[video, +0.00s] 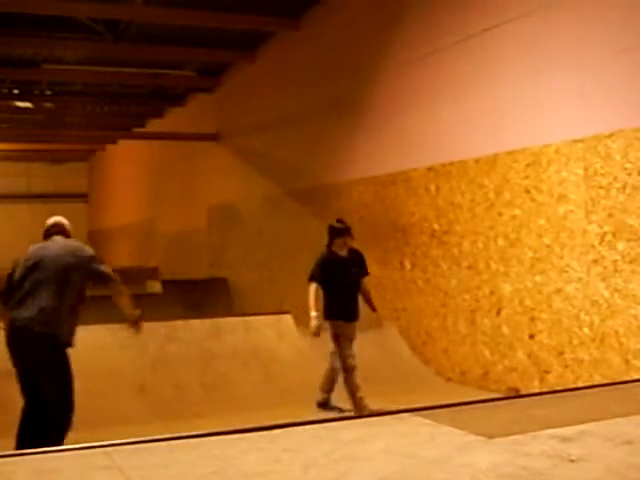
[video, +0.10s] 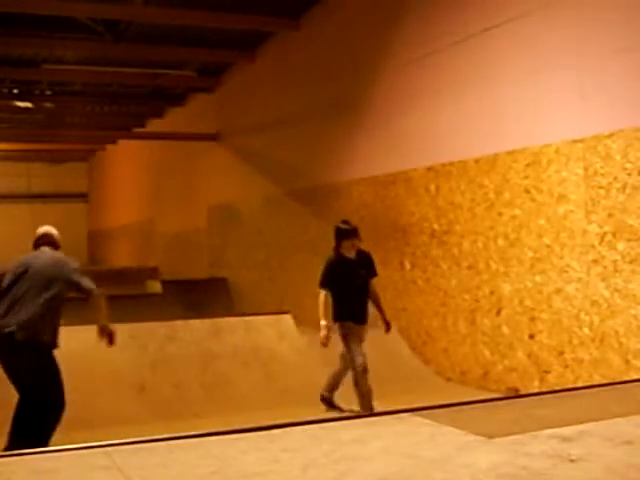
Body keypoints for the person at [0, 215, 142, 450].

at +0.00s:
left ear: (44, 236)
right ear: (69, 234)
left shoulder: (31, 253)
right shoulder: (80, 252)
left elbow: (9, 289)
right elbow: (112, 281)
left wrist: (8, 317)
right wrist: (131, 313)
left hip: (18, 333)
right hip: (49, 336)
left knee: (34, 401)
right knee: (60, 404)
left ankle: (23, 459)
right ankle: (46, 460)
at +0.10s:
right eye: (58, 244)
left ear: (34, 245)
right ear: (58, 245)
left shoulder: (20, 263)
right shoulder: (59, 262)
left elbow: (3, 290)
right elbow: (94, 292)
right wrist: (103, 323)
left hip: (6, 339)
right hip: (33, 342)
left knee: (29, 397)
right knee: (53, 401)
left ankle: (14, 455)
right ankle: (28, 457)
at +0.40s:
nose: (34, 261)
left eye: (33, 258)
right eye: (34, 258)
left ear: (14, 256)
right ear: (32, 259)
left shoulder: (3, 273)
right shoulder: (30, 283)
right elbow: (52, 311)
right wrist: (69, 328)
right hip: (9, 346)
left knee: (8, 387)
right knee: (31, 388)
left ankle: (7, 429)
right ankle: (8, 428)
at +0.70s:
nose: (26, 234)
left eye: (27, 231)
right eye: (26, 230)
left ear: (18, 226)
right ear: (20, 227)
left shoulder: (11, 241)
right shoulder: (7, 241)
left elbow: (8, 273)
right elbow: (4, 274)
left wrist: (22, 286)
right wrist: (26, 287)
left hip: (3, 293)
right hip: (2, 294)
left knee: (1, 324)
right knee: (1, 325)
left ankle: (1, 356)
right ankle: (1, 356)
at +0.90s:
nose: (32, 214)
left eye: (35, 211)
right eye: (34, 210)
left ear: (30, 203)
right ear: (28, 203)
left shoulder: (12, 211)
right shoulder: (8, 212)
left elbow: (5, 241)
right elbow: (3, 240)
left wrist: (30, 253)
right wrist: (30, 252)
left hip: (3, 274)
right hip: (2, 276)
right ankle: (3, 365)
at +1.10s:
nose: (27, 202)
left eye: (29, 199)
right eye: (27, 198)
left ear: (22, 189)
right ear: (20, 191)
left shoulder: (12, 190)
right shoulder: (4, 206)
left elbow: (17, 174)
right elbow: (4, 239)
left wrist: (39, 172)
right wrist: (30, 248)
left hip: (6, 239)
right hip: (2, 241)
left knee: (18, 269)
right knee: (16, 270)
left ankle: (23, 305)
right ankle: (24, 305)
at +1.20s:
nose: (26, 197)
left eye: (29, 194)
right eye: (25, 192)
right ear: (18, 186)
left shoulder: (18, 185)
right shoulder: (3, 197)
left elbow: (29, 174)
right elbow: (0, 229)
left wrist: (47, 172)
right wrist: (14, 241)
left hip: (13, 236)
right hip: (3, 238)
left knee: (21, 269)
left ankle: (21, 305)